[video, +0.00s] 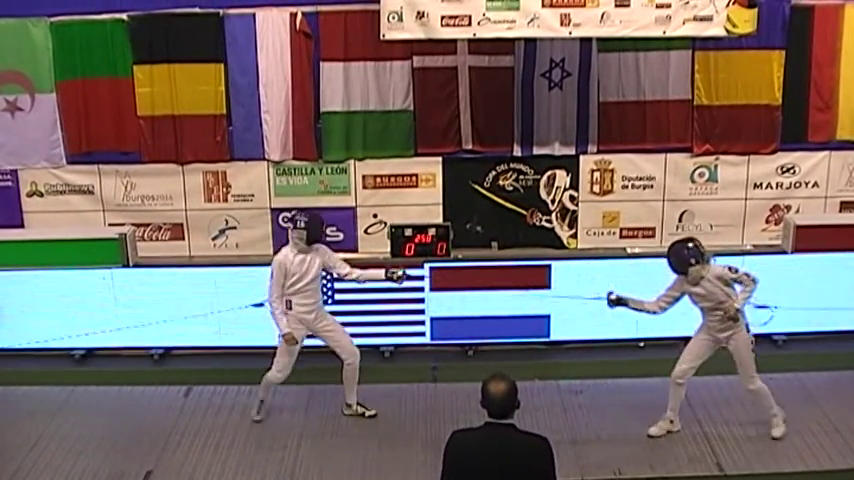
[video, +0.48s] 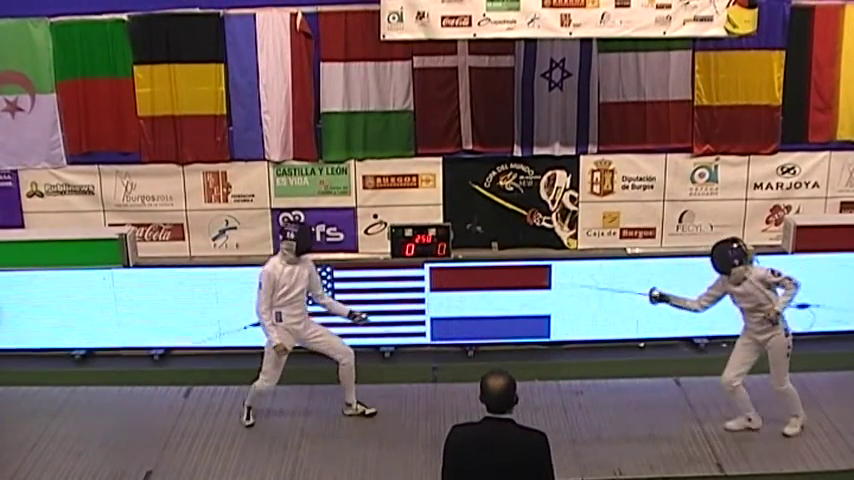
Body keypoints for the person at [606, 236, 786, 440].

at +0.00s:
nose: (690, 275)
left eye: (690, 270)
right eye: (686, 272)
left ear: (698, 263)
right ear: (683, 270)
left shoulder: (718, 273)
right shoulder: (682, 283)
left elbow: (750, 282)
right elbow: (657, 307)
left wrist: (738, 304)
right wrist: (624, 302)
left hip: (735, 331)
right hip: (709, 332)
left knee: (752, 384)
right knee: (679, 375)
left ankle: (776, 416)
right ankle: (671, 420)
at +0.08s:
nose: (694, 282)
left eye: (696, 277)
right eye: (692, 278)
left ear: (706, 270)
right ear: (693, 275)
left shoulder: (729, 279)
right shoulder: (692, 289)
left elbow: (759, 291)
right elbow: (667, 312)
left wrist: (745, 311)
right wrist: (634, 305)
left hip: (743, 339)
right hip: (715, 338)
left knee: (760, 390)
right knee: (680, 377)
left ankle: (786, 416)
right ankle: (671, 420)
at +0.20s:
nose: (714, 280)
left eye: (716, 275)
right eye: (710, 276)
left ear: (726, 268)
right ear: (708, 274)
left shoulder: (743, 277)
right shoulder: (709, 288)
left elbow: (777, 283)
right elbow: (683, 310)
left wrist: (765, 307)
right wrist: (650, 305)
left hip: (760, 337)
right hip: (732, 336)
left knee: (766, 390)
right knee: (698, 379)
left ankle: (786, 419)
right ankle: (674, 420)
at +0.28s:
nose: (720, 275)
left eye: (723, 269)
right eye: (717, 271)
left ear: (732, 261)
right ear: (713, 268)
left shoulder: (749, 268)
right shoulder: (715, 281)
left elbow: (785, 272)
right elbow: (690, 304)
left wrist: (773, 299)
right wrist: (655, 302)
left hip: (767, 328)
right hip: (741, 329)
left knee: (775, 382)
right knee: (710, 373)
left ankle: (787, 419)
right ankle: (690, 418)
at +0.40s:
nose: (729, 272)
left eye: (731, 266)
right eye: (726, 268)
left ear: (739, 259)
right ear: (721, 265)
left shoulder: (756, 267)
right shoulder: (721, 278)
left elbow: (790, 273)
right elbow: (695, 301)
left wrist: (778, 298)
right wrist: (661, 298)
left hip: (773, 326)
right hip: (748, 327)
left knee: (780, 378)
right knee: (725, 374)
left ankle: (795, 416)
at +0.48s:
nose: (729, 277)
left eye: (732, 272)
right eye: (726, 273)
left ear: (742, 265)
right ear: (724, 270)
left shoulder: (759, 275)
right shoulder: (725, 282)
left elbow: (792, 285)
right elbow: (698, 305)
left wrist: (778, 308)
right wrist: (665, 298)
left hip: (776, 334)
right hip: (751, 335)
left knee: (780, 384)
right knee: (730, 380)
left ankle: (797, 418)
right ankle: (751, 419)